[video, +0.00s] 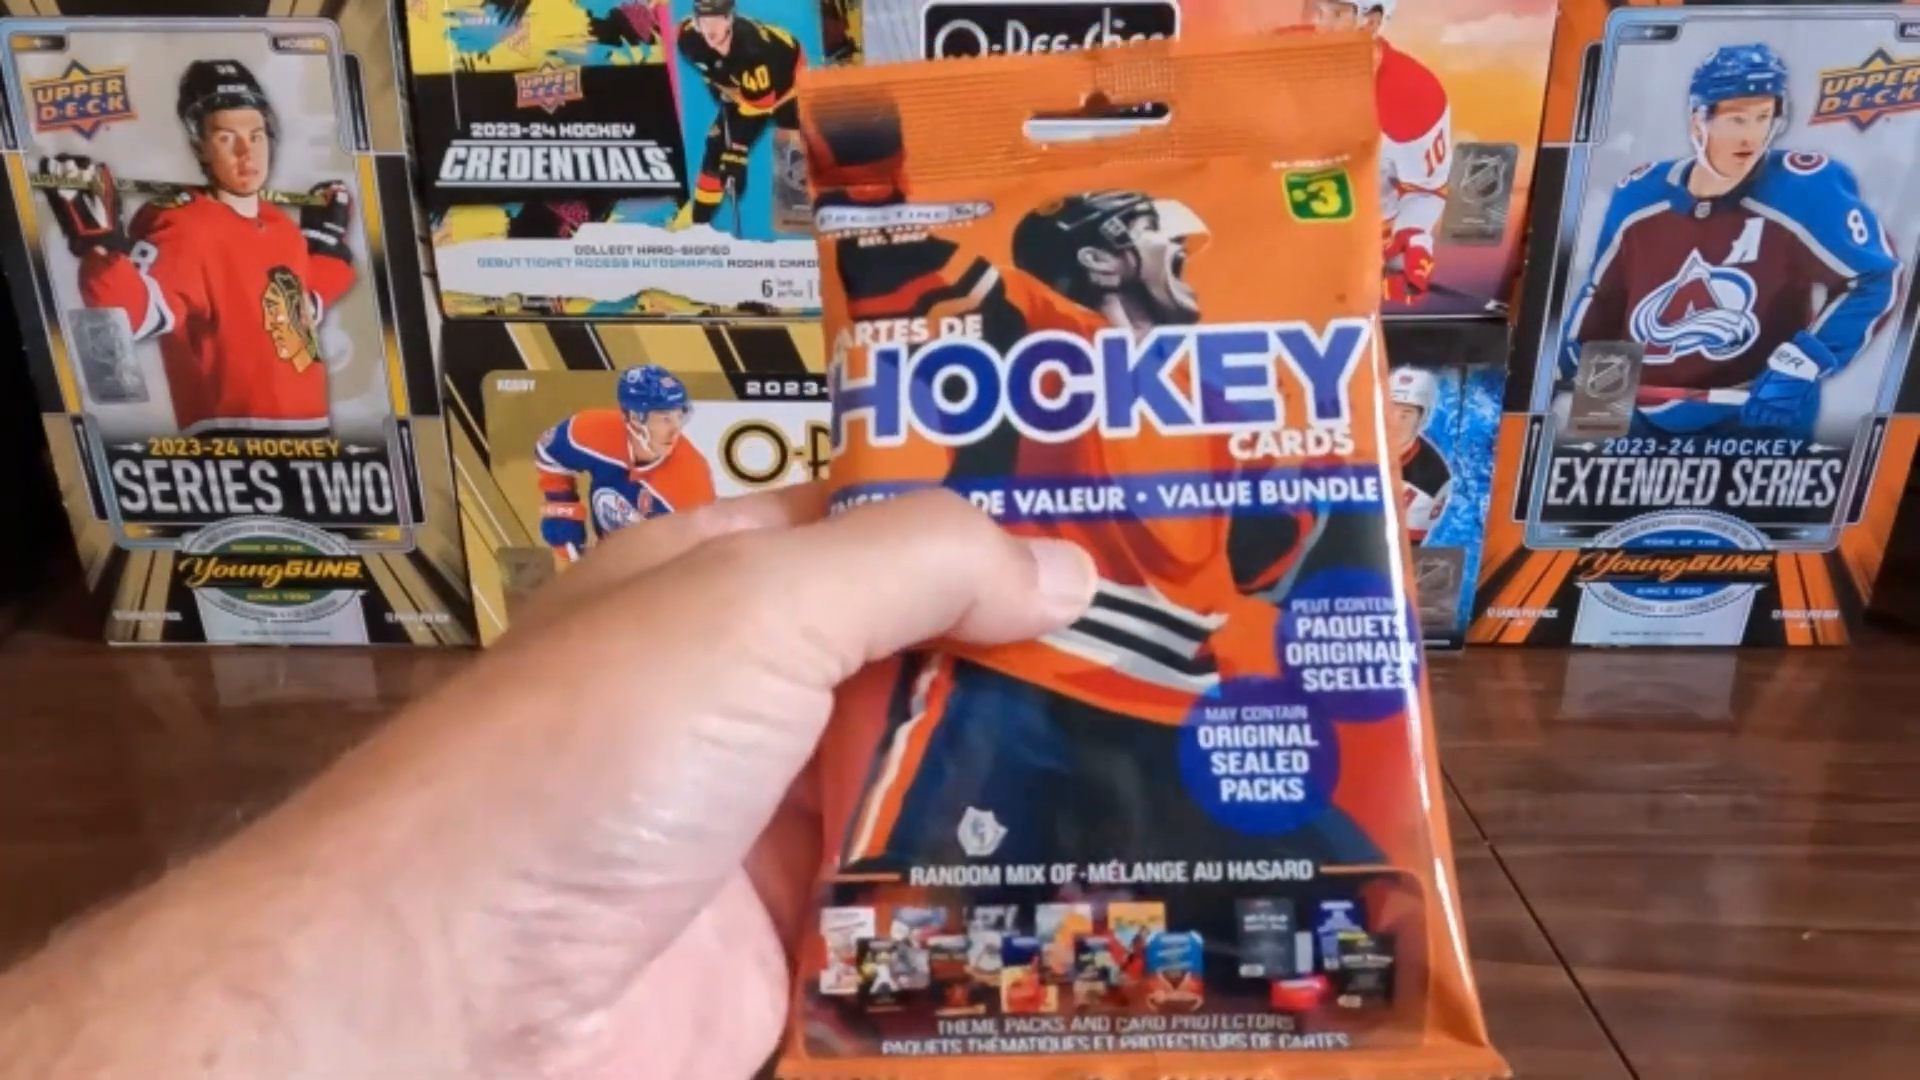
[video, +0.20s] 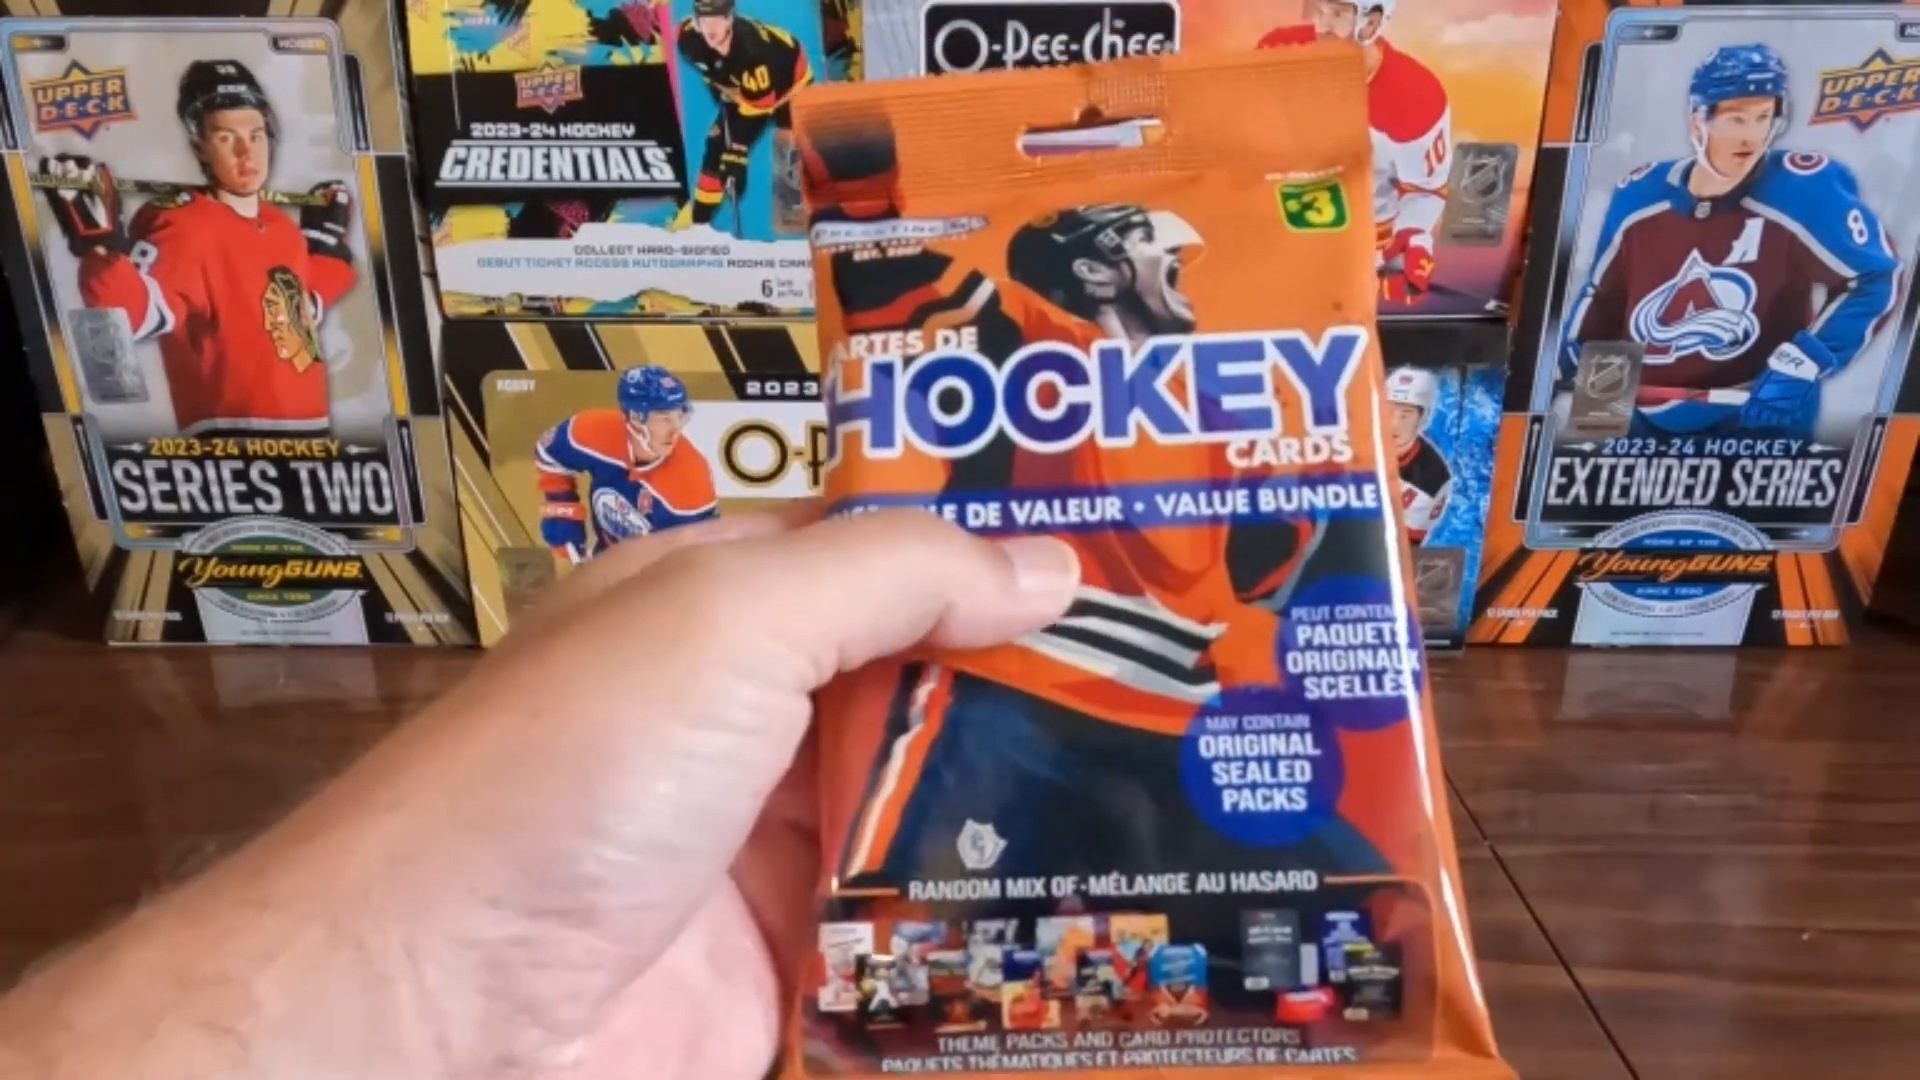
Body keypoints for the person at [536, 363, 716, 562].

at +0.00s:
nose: (676, 429)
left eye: (679, 417)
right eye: (665, 419)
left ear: (685, 414)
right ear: (635, 420)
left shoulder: (691, 477)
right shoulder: (592, 433)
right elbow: (550, 453)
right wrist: (561, 509)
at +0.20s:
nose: (676, 430)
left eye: (680, 417)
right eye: (665, 419)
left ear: (685, 415)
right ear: (635, 420)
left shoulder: (690, 477)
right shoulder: (593, 433)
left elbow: (700, 550)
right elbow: (550, 452)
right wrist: (561, 509)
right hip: (603, 563)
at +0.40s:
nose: (676, 430)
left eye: (680, 418)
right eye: (664, 419)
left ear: (685, 416)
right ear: (635, 420)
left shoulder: (691, 478)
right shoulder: (593, 432)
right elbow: (550, 453)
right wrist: (562, 512)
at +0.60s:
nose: (676, 429)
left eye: (679, 417)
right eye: (664, 419)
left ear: (685, 417)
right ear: (635, 420)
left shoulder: (691, 476)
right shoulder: (593, 432)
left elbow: (701, 546)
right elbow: (550, 453)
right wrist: (564, 524)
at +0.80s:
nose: (676, 430)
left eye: (679, 418)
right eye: (664, 419)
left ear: (685, 417)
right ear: (634, 420)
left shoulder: (691, 477)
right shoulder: (592, 432)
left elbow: (701, 547)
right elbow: (550, 454)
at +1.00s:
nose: (676, 431)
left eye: (679, 419)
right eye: (665, 420)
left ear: (685, 416)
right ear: (634, 420)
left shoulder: (693, 474)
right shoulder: (591, 431)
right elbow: (549, 454)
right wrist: (564, 518)